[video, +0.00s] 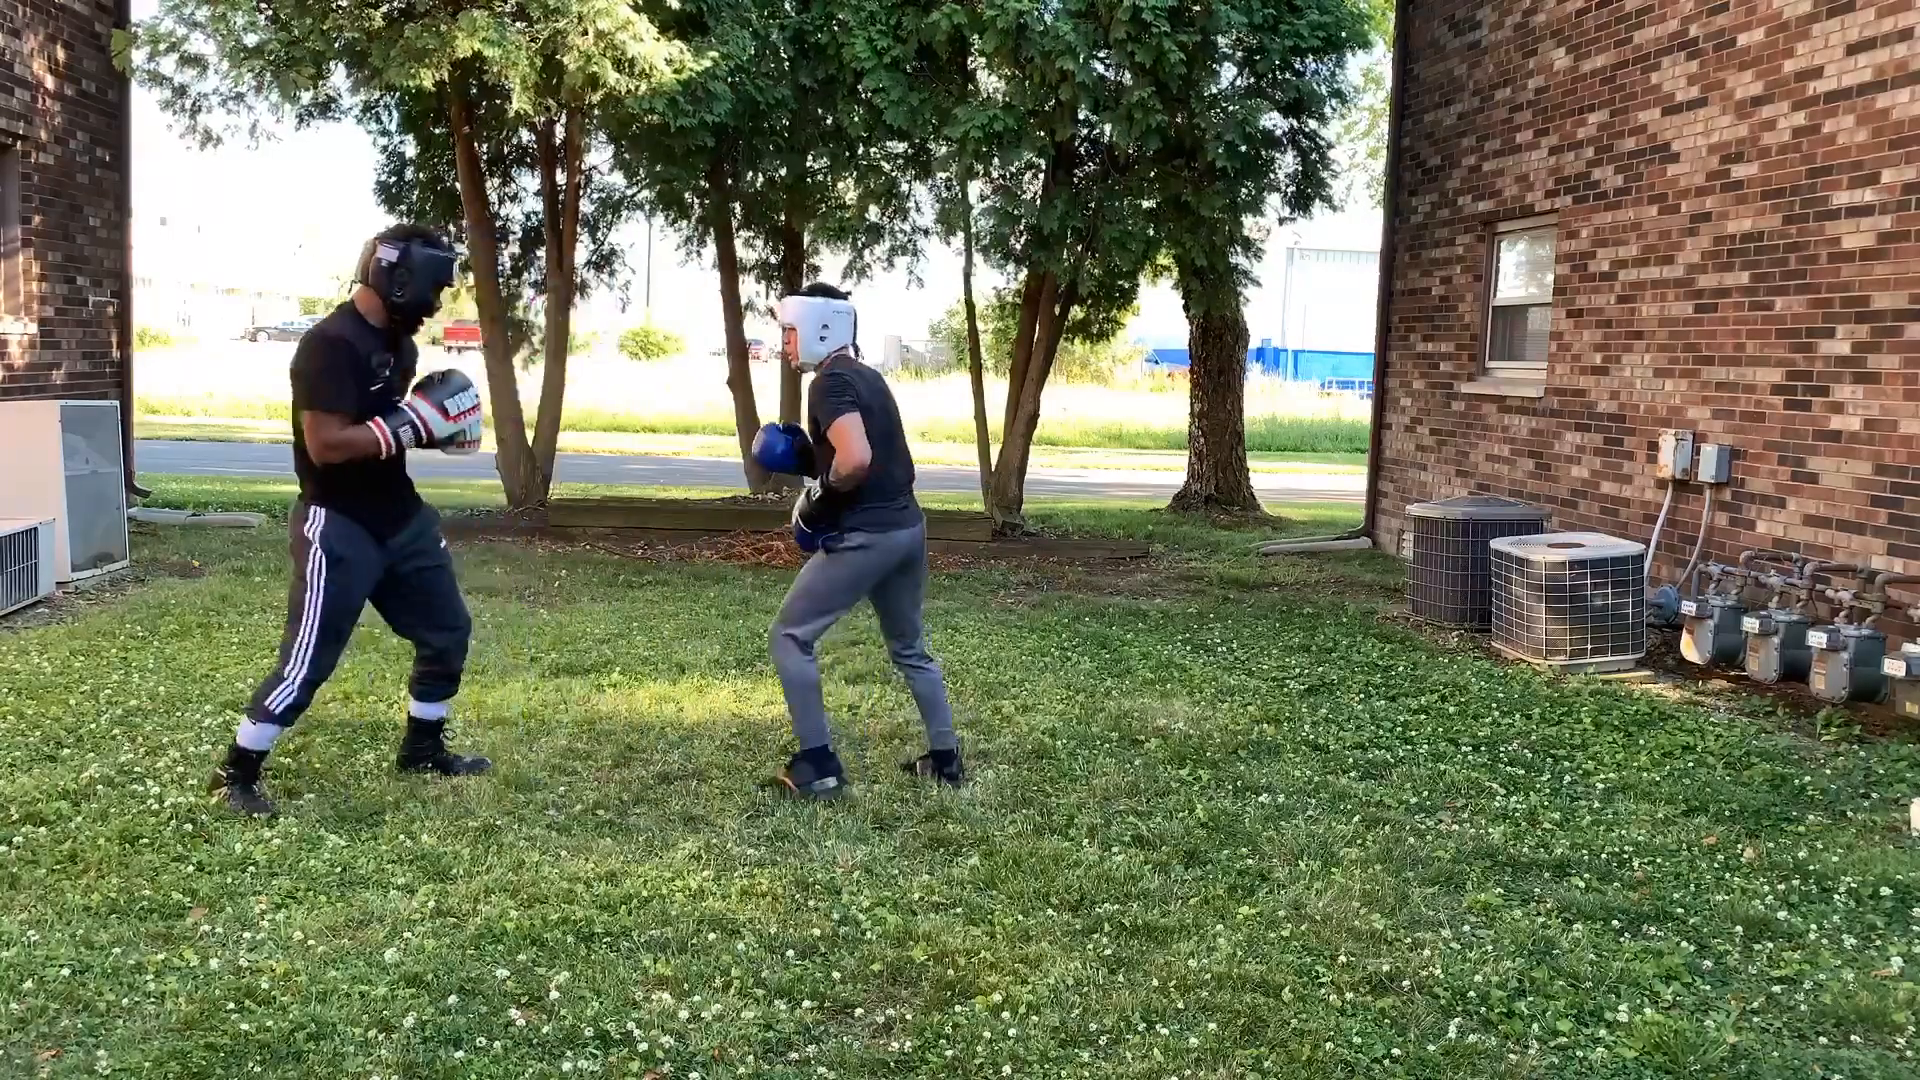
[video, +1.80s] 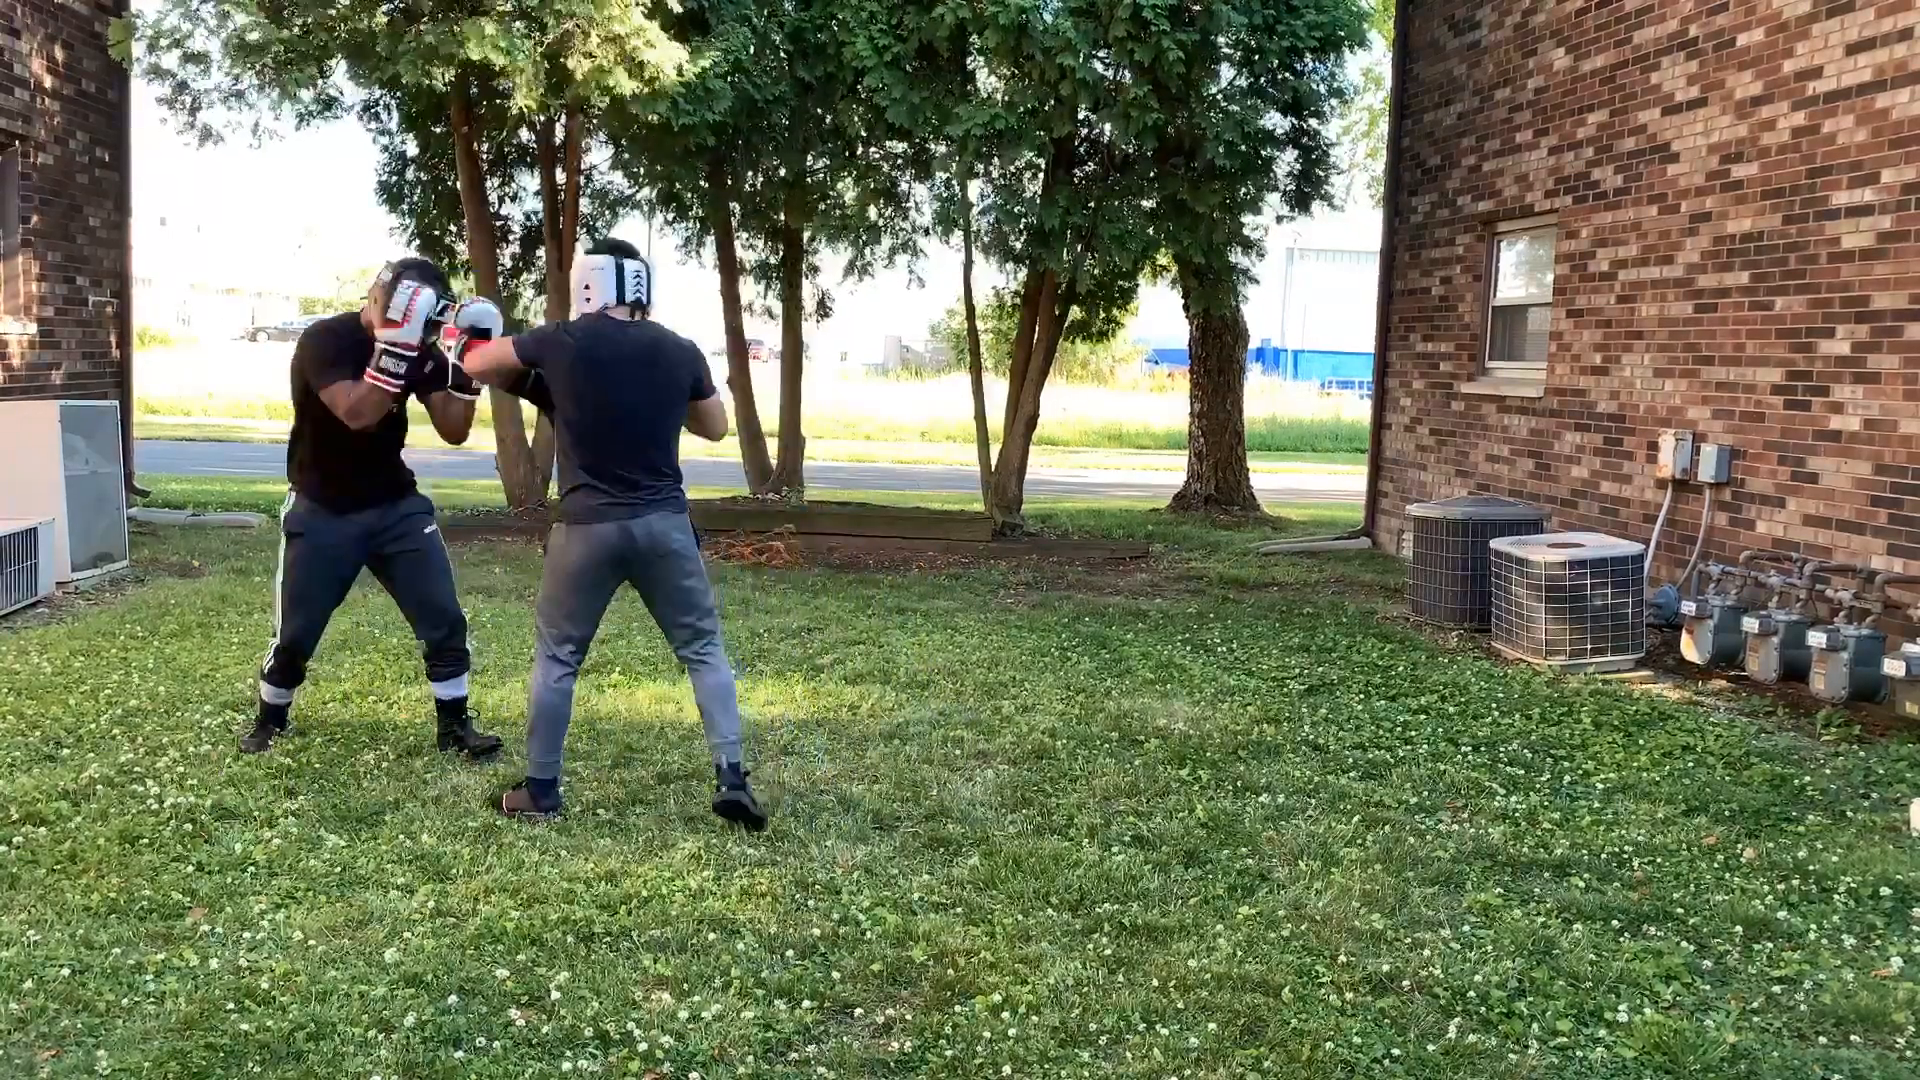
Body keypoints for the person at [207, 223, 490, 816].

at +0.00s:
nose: (431, 302)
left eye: (435, 291)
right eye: (426, 289)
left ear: (393, 281)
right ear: (394, 281)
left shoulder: (398, 344)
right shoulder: (329, 345)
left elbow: (375, 424)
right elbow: (324, 444)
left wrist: (431, 429)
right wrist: (411, 422)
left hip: (396, 512)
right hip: (334, 517)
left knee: (446, 629)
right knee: (309, 657)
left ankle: (423, 748)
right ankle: (240, 772)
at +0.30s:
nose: (425, 310)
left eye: (431, 300)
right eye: (423, 298)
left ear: (390, 281)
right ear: (395, 285)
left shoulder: (390, 331)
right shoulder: (329, 332)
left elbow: (387, 413)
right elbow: (365, 425)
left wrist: (452, 379)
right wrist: (440, 377)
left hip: (393, 508)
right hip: (327, 515)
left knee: (460, 620)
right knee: (302, 646)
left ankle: (477, 731)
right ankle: (234, 771)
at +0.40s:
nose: (438, 349)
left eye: (444, 341)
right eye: (437, 338)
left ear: (416, 316)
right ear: (413, 318)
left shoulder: (408, 344)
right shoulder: (354, 345)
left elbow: (438, 434)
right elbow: (415, 433)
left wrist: (482, 364)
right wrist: (469, 370)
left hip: (400, 515)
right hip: (339, 523)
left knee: (474, 627)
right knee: (317, 659)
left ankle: (512, 734)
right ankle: (237, 772)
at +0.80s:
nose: (480, 360)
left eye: (487, 350)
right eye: (473, 346)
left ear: (494, 349)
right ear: (443, 333)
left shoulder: (469, 379)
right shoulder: (367, 367)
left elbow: (456, 479)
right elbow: (395, 453)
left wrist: (498, 408)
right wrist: (460, 400)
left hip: (460, 533)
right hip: (381, 545)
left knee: (518, 639)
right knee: (346, 664)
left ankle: (539, 748)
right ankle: (259, 773)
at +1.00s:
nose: (442, 388)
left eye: (457, 382)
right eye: (439, 371)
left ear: (470, 381)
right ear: (420, 347)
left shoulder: (451, 417)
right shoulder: (342, 354)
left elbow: (405, 507)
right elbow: (324, 441)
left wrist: (450, 473)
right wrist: (401, 417)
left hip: (422, 545)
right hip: (337, 545)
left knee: (483, 650)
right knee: (304, 659)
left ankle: (533, 760)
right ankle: (246, 769)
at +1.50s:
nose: (402, 364)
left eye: (417, 355)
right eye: (395, 350)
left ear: (436, 351)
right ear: (375, 333)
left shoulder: (448, 378)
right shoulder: (335, 374)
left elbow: (478, 465)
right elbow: (352, 467)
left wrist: (471, 405)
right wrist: (386, 423)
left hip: (431, 516)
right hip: (353, 512)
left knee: (459, 635)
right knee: (308, 624)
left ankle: (457, 736)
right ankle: (256, 747)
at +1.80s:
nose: (399, 330)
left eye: (411, 322)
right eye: (392, 315)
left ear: (429, 319)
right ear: (372, 298)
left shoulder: (421, 351)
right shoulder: (324, 340)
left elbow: (455, 430)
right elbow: (357, 413)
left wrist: (470, 354)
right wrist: (396, 352)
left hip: (397, 509)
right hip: (323, 514)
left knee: (445, 621)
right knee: (296, 634)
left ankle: (454, 726)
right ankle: (269, 720)